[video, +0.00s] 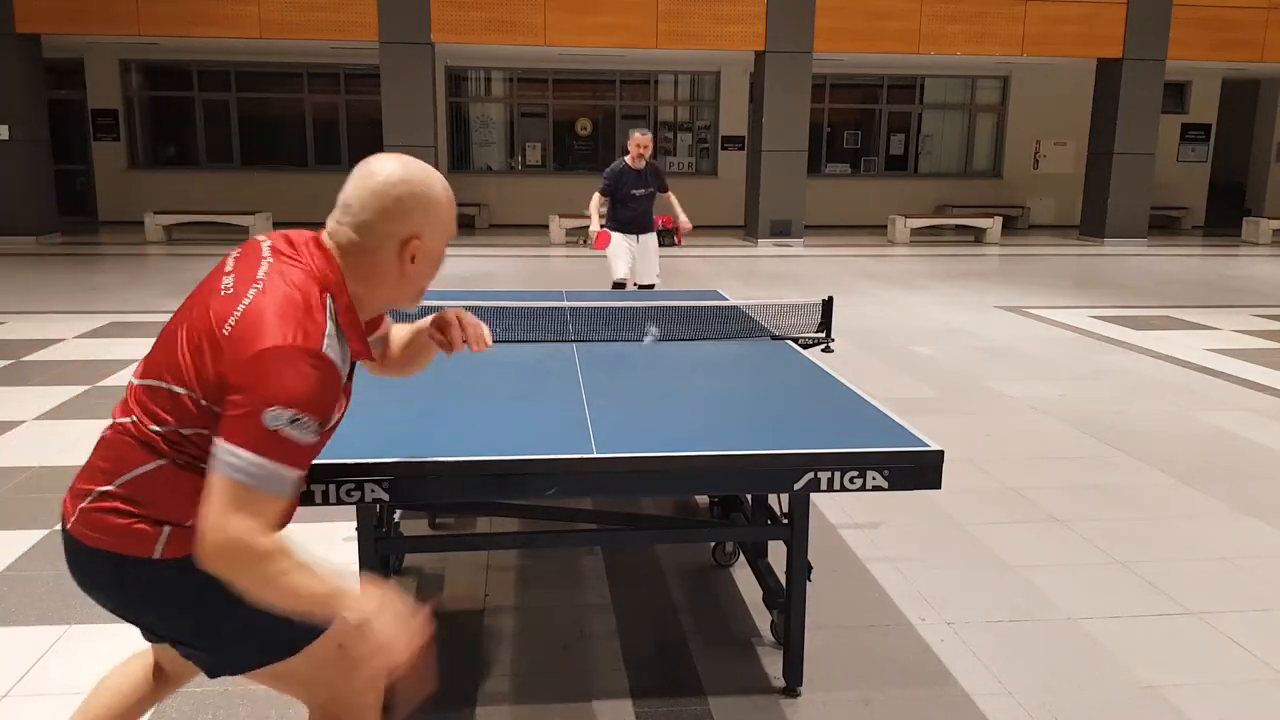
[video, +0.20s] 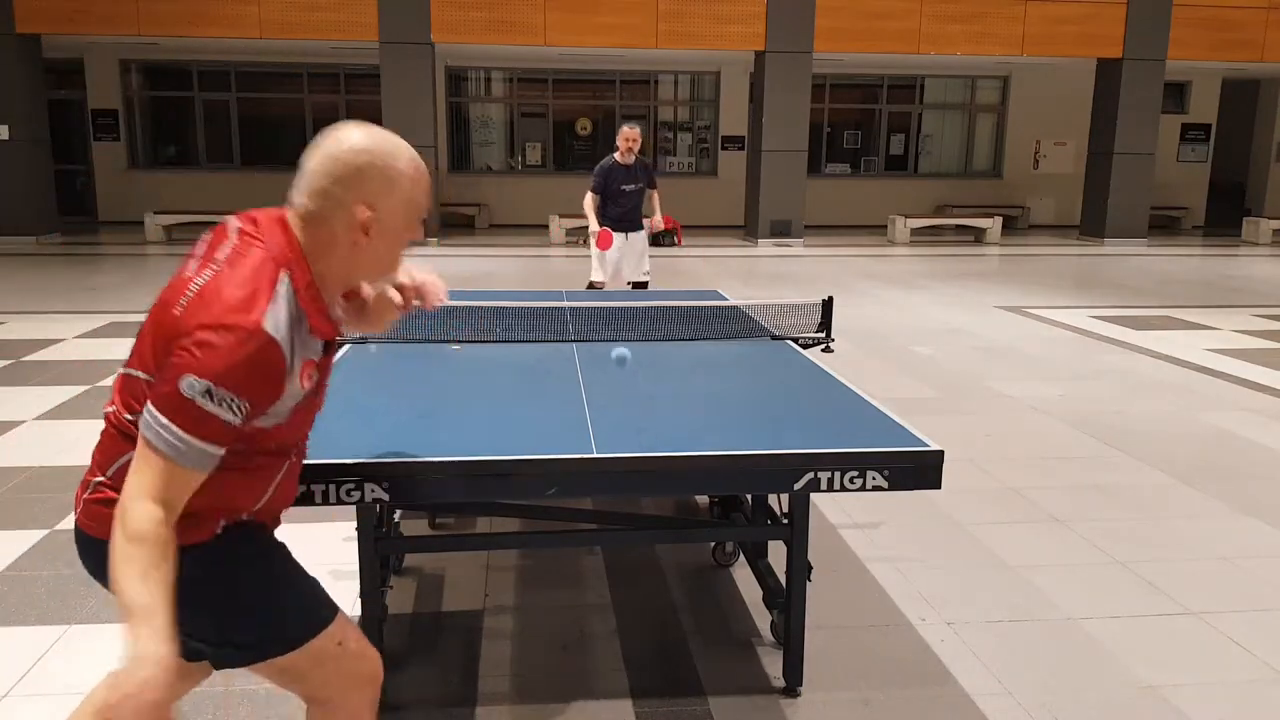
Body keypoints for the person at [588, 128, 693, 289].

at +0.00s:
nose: (642, 151)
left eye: (646, 147)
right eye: (638, 146)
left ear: (651, 148)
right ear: (629, 146)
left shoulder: (653, 170)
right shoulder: (616, 170)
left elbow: (669, 195)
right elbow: (597, 198)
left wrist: (682, 217)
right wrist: (595, 223)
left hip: (646, 235)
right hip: (618, 234)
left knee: (647, 284)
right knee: (621, 280)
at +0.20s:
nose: (630, 145)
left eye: (634, 141)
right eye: (626, 140)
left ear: (640, 143)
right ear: (617, 141)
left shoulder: (644, 166)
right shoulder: (605, 167)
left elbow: (653, 192)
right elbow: (589, 199)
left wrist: (657, 215)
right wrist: (593, 223)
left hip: (637, 234)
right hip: (608, 234)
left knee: (641, 282)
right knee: (598, 283)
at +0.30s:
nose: (626, 150)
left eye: (631, 146)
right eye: (622, 145)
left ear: (636, 148)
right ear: (613, 145)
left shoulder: (635, 171)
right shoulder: (600, 172)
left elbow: (643, 199)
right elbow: (585, 204)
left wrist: (650, 221)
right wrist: (589, 232)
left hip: (630, 240)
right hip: (602, 241)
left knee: (643, 283)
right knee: (592, 288)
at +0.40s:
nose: (627, 150)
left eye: (631, 146)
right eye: (623, 145)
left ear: (636, 147)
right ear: (614, 145)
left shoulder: (634, 170)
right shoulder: (600, 170)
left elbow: (638, 199)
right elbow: (584, 203)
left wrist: (644, 226)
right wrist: (589, 233)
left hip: (627, 236)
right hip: (599, 238)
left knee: (641, 278)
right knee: (590, 286)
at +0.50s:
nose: (631, 147)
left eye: (635, 143)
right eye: (627, 142)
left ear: (639, 145)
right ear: (617, 142)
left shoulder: (635, 166)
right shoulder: (603, 167)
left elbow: (637, 196)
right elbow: (582, 199)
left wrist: (643, 224)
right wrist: (594, 228)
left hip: (626, 233)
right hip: (598, 234)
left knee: (638, 276)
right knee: (590, 282)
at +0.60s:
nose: (636, 151)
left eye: (641, 147)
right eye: (632, 146)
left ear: (645, 149)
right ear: (622, 145)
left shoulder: (639, 169)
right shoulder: (607, 169)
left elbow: (639, 197)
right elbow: (584, 199)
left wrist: (646, 225)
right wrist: (600, 228)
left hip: (628, 236)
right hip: (601, 236)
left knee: (635, 281)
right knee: (595, 285)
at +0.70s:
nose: (642, 161)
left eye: (646, 157)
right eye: (638, 156)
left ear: (650, 159)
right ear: (628, 154)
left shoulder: (645, 177)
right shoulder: (615, 178)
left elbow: (645, 204)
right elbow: (596, 211)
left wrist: (653, 233)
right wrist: (610, 243)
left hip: (632, 239)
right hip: (607, 240)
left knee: (638, 284)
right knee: (608, 284)